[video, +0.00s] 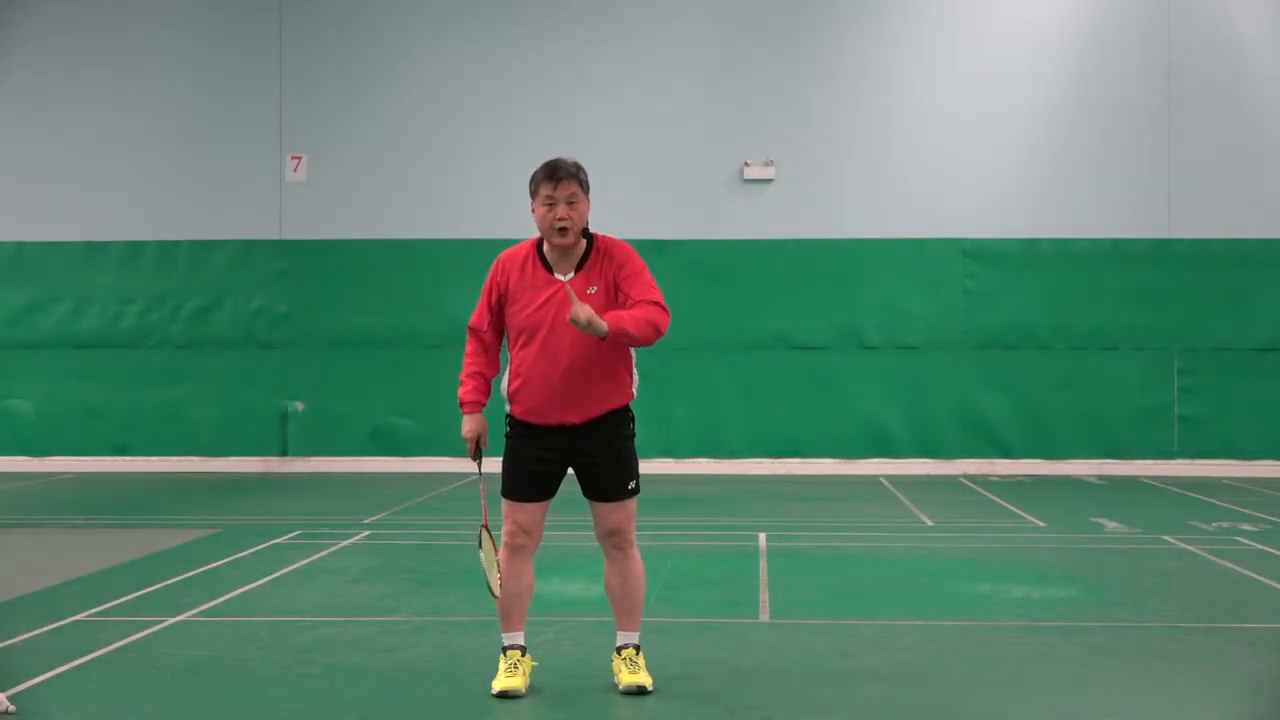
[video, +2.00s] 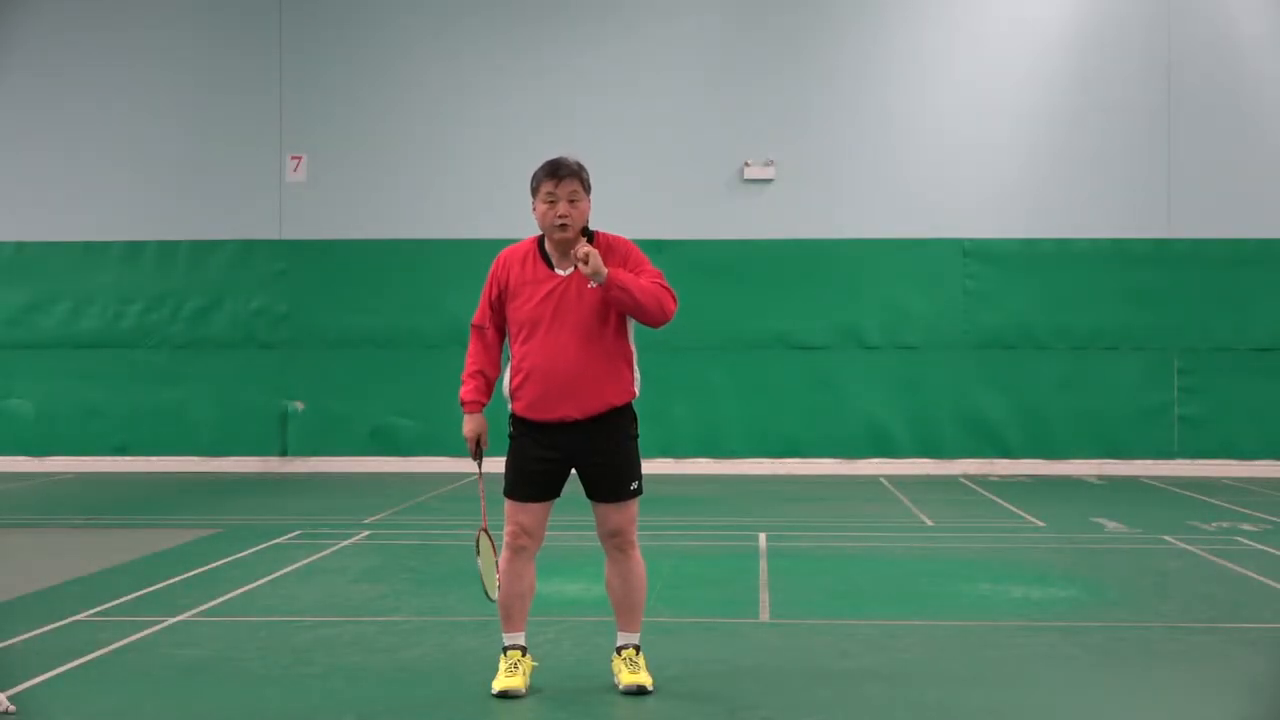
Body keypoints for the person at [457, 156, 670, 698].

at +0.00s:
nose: (561, 213)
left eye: (571, 202)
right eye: (550, 203)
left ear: (587, 207)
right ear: (534, 210)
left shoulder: (616, 257)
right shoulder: (509, 266)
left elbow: (654, 318)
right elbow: (482, 336)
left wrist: (606, 324)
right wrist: (473, 408)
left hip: (605, 424)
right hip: (532, 427)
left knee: (619, 536)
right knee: (517, 537)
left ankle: (629, 650)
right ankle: (512, 652)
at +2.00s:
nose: (561, 210)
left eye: (571, 199)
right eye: (550, 201)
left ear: (588, 204)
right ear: (535, 208)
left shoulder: (616, 252)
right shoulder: (510, 264)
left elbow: (662, 308)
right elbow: (485, 335)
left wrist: (605, 278)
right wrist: (474, 407)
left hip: (607, 421)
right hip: (535, 425)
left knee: (620, 537)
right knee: (519, 538)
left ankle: (629, 650)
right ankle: (513, 652)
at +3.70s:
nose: (590, 188)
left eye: (601, 180)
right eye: (579, 181)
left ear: (619, 195)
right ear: (564, 197)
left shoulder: (652, 258)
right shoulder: (539, 261)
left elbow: (686, 319)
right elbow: (507, 331)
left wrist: (663, 336)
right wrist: (488, 404)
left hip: (632, 420)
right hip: (558, 420)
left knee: (633, 538)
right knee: (528, 537)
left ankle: (631, 650)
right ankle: (514, 649)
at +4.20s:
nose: (639, 188)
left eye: (649, 180)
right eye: (628, 181)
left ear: (667, 194)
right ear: (611, 196)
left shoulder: (694, 261)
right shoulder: (582, 257)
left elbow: (714, 335)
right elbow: (549, 329)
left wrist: (706, 345)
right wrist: (535, 400)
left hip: (667, 419)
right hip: (596, 415)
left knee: (650, 543)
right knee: (583, 537)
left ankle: (634, 650)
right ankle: (579, 651)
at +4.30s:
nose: (643, 187)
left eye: (653, 179)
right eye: (632, 180)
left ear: (671, 191)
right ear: (615, 193)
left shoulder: (695, 259)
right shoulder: (584, 257)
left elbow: (719, 339)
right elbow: (549, 330)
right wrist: (536, 400)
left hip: (671, 419)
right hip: (600, 416)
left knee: (655, 538)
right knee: (595, 536)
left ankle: (636, 649)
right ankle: (600, 653)